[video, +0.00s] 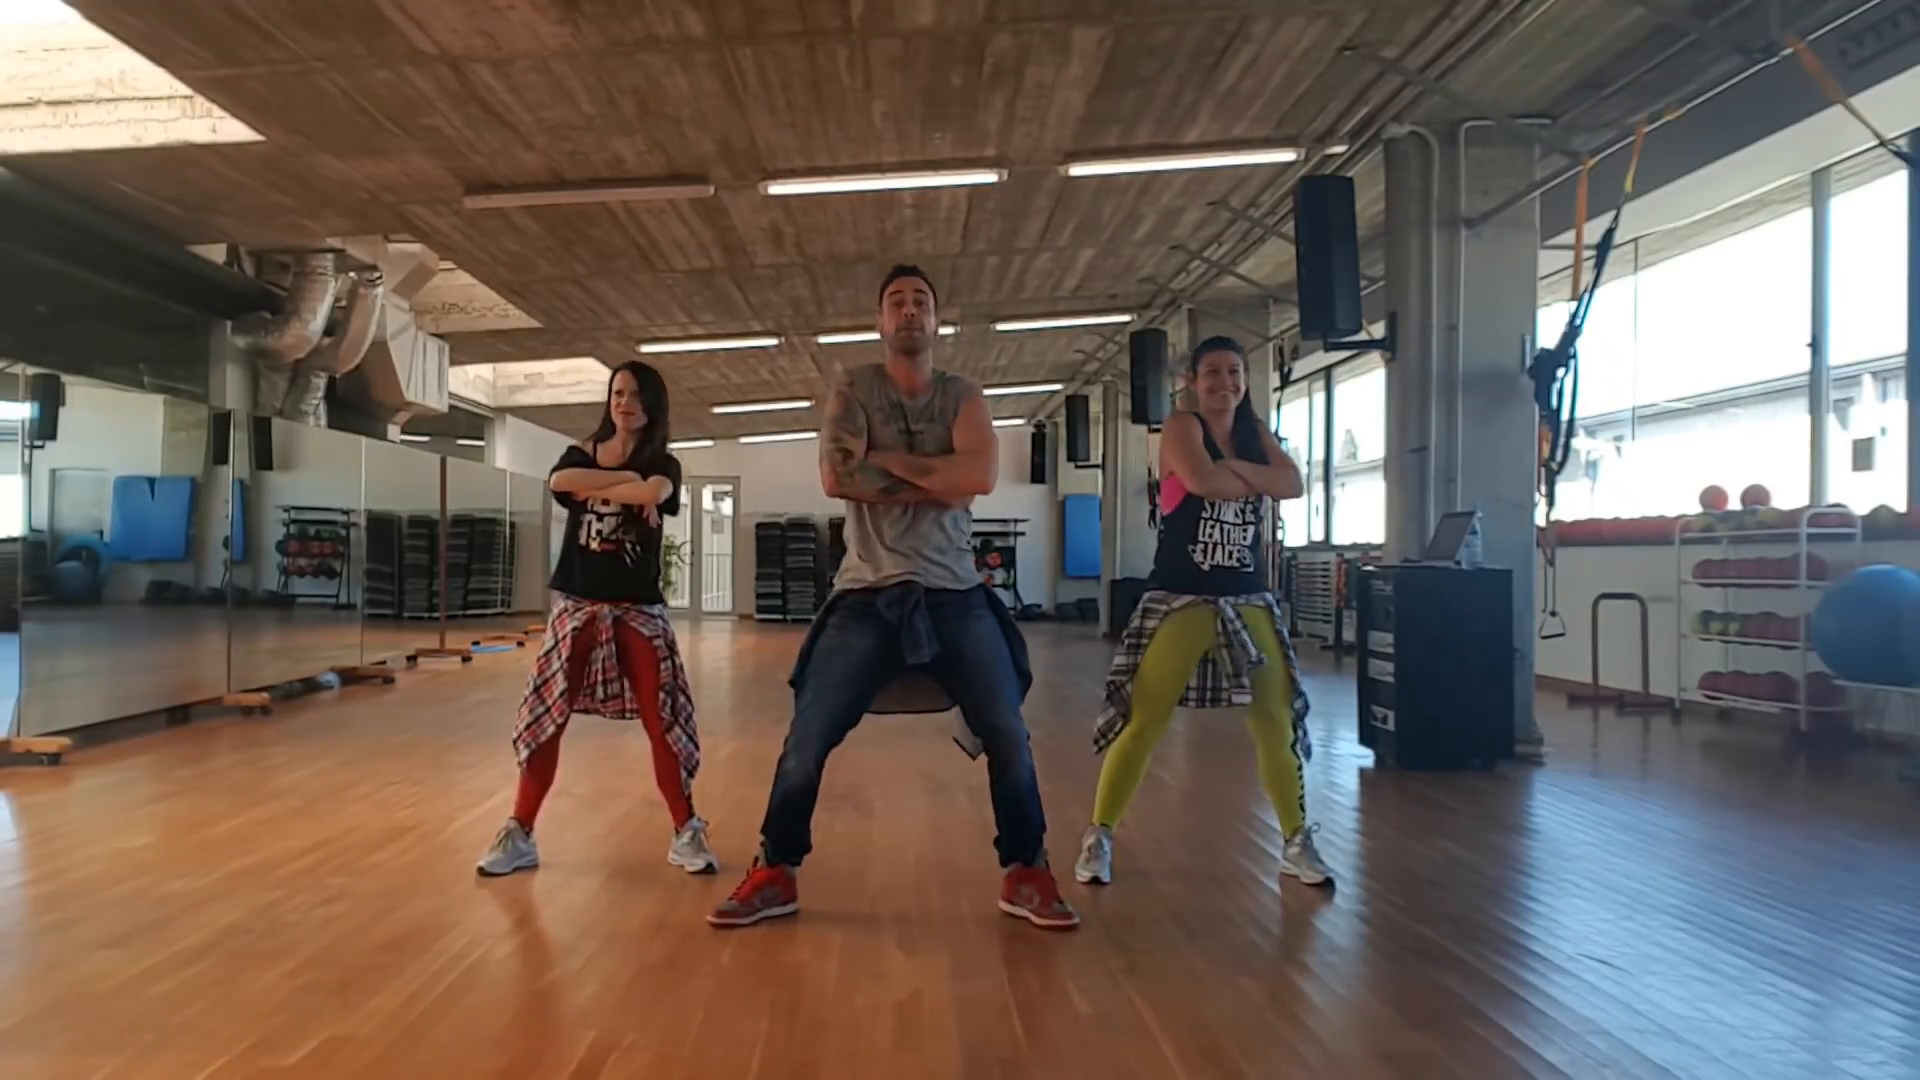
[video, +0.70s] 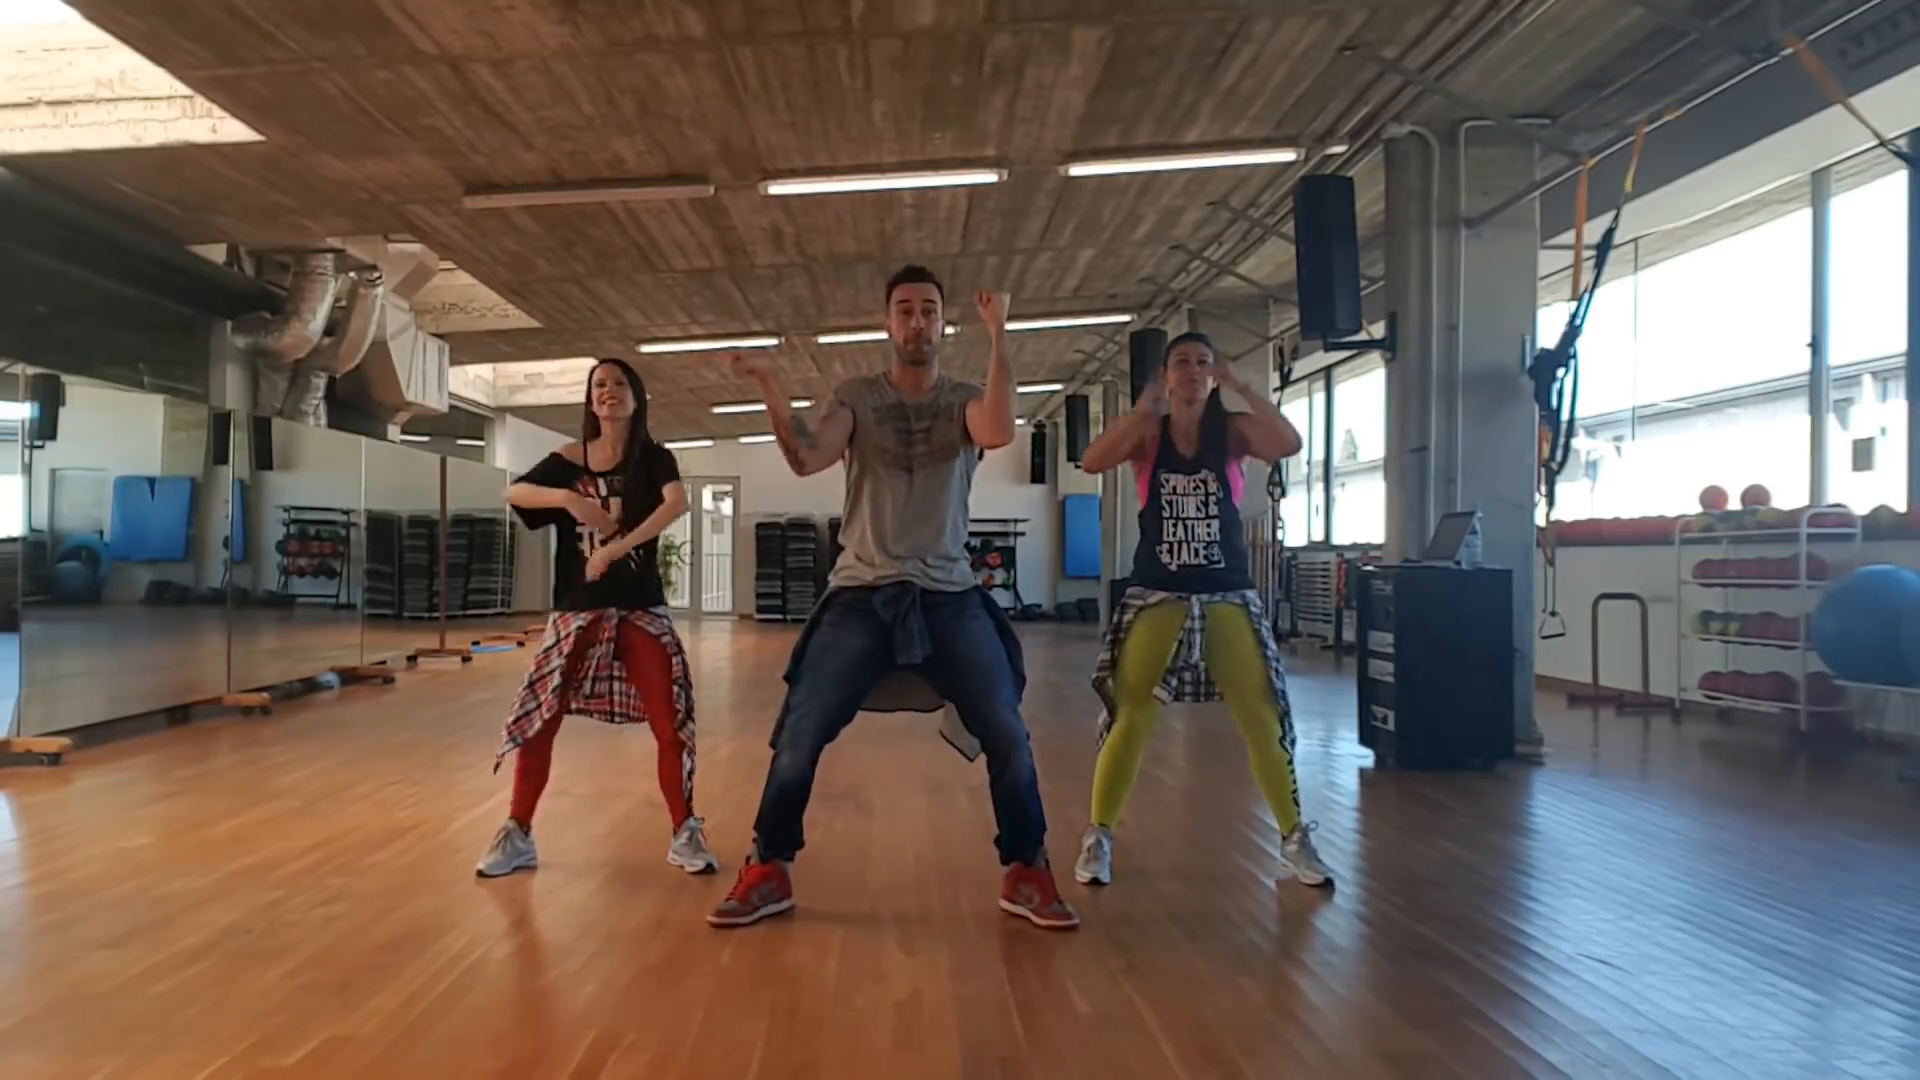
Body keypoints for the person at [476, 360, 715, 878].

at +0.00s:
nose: (624, 403)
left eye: (633, 395)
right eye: (617, 394)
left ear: (652, 404)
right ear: (608, 400)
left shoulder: (663, 463)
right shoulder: (584, 451)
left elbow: (651, 495)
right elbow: (559, 482)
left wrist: (589, 488)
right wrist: (633, 479)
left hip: (639, 605)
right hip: (576, 602)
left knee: (661, 719)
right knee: (547, 714)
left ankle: (687, 831)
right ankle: (520, 834)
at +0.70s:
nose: (609, 391)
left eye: (618, 383)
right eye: (600, 386)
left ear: (637, 396)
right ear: (590, 400)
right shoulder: (569, 458)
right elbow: (515, 494)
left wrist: (618, 545)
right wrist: (567, 499)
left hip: (641, 606)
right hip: (578, 607)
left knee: (670, 724)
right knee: (540, 716)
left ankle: (686, 833)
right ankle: (518, 834)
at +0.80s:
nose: (620, 389)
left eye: (628, 381)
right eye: (611, 384)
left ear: (648, 390)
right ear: (601, 397)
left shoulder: (665, 449)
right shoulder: (577, 450)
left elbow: (695, 464)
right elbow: (513, 452)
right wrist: (501, 452)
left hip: (659, 600)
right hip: (596, 601)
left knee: (676, 722)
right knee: (559, 714)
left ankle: (687, 832)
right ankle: (527, 831)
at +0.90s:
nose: (630, 392)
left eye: (638, 383)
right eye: (620, 387)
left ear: (656, 391)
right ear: (611, 400)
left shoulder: (677, 451)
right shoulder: (591, 454)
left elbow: (715, 438)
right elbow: (525, 450)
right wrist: (492, 398)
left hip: (673, 600)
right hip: (613, 598)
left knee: (686, 719)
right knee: (588, 709)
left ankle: (687, 831)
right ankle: (584, 812)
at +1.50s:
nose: (592, 423)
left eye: (600, 415)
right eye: (584, 417)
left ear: (620, 423)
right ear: (574, 428)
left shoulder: (631, 481)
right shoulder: (563, 480)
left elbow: (654, 491)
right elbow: (521, 491)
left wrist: (653, 417)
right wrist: (529, 425)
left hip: (626, 628)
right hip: (569, 629)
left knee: (656, 729)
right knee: (516, 720)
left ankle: (696, 831)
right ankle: (527, 832)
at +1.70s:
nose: (565, 404)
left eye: (575, 397)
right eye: (558, 397)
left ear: (594, 409)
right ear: (547, 410)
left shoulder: (603, 463)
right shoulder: (532, 458)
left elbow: (636, 468)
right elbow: (489, 461)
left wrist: (630, 398)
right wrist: (509, 393)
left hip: (591, 606)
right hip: (532, 606)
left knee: (623, 708)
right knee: (503, 725)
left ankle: (661, 818)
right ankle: (525, 829)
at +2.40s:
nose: (607, 420)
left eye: (615, 412)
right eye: (597, 413)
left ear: (631, 422)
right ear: (585, 425)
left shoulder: (645, 479)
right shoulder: (569, 480)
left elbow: (666, 465)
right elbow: (525, 476)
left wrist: (647, 402)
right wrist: (544, 405)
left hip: (651, 626)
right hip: (595, 631)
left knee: (703, 722)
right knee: (559, 732)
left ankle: (681, 837)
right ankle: (490, 817)